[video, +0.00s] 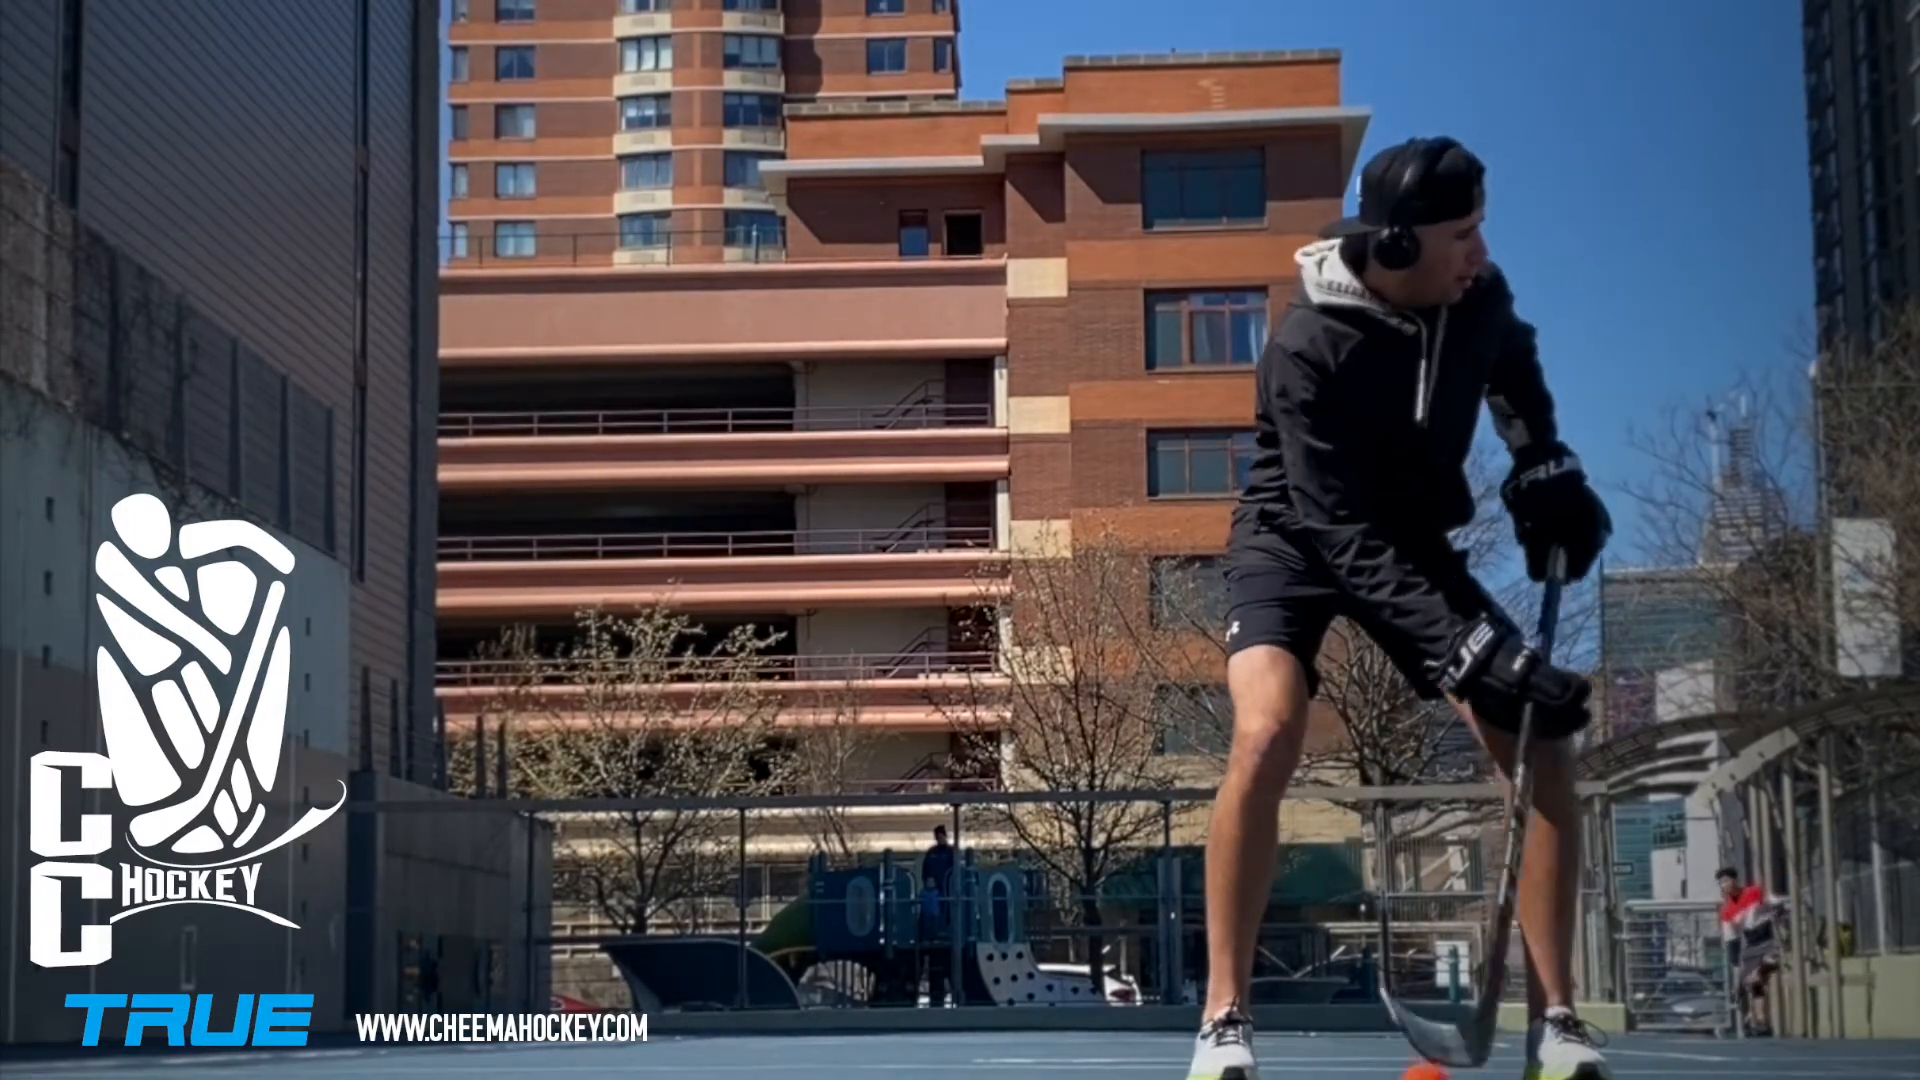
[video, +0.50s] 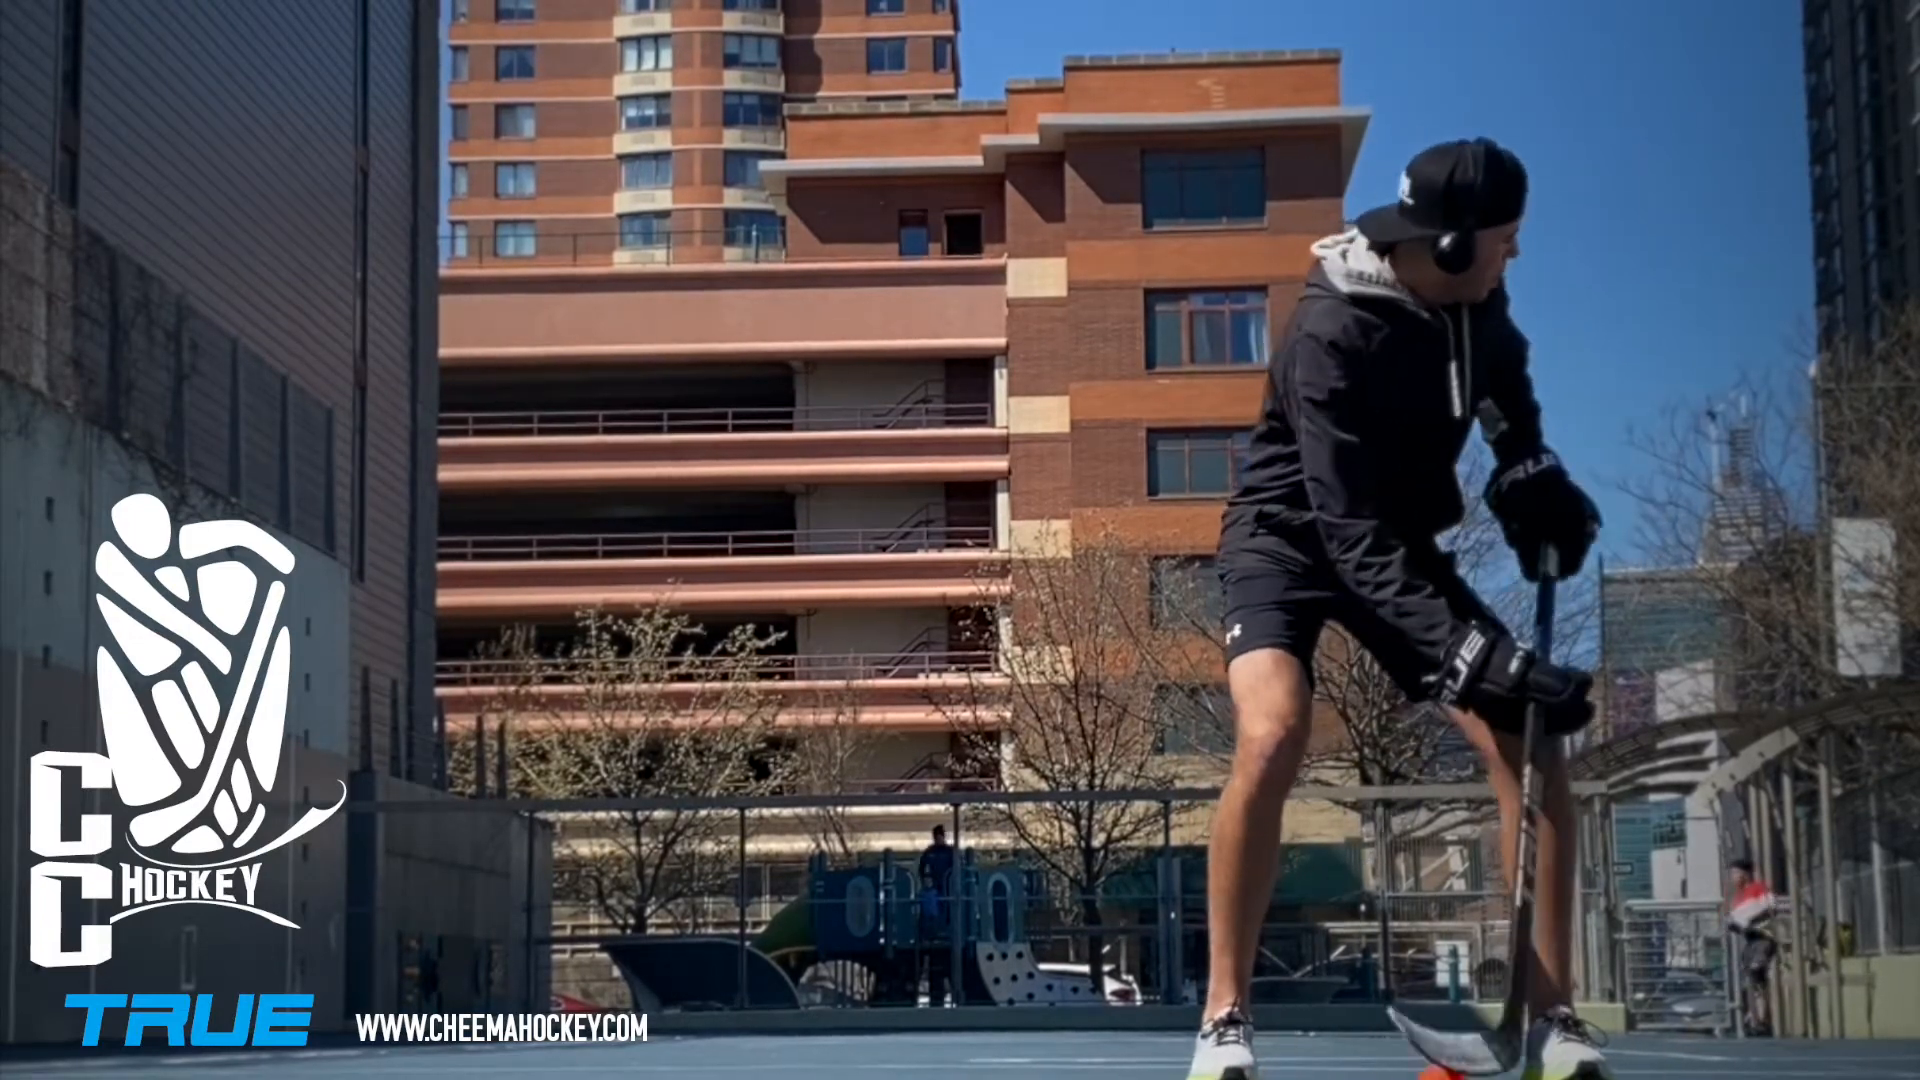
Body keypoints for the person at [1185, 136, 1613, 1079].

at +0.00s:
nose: (1480, 251)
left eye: (1481, 231)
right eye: (1461, 235)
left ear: (1466, 228)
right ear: (1397, 241)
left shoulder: (1477, 299)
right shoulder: (1310, 346)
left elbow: (1516, 381)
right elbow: (1339, 536)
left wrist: (1546, 470)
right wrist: (1479, 652)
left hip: (1416, 539)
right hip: (1294, 534)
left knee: (1538, 749)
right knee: (1265, 736)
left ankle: (1557, 1018)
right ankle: (1224, 1014)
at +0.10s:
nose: (1487, 246)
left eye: (1487, 228)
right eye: (1472, 232)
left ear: (1457, 233)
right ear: (1407, 243)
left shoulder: (1480, 302)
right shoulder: (1308, 340)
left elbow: (1526, 386)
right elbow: (1308, 527)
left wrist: (1559, 480)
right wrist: (1406, 645)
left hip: (1413, 539)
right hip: (1291, 538)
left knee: (1532, 726)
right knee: (1266, 735)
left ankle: (1557, 1015)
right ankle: (1224, 1011)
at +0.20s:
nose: (1495, 248)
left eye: (1496, 231)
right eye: (1481, 234)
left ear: (1447, 236)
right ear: (1421, 240)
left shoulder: (1476, 301)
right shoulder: (1311, 329)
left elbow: (1519, 395)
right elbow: (1301, 521)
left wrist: (1557, 483)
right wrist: (1398, 648)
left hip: (1409, 541)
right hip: (1287, 539)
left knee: (1527, 726)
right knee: (1267, 734)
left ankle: (1557, 1015)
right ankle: (1224, 1015)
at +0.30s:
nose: (1498, 251)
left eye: (1498, 235)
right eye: (1486, 238)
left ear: (1442, 238)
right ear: (1427, 241)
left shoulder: (1471, 305)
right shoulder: (1315, 328)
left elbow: (1515, 390)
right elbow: (1314, 519)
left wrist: (1550, 471)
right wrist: (1441, 636)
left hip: (1404, 541)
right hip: (1285, 535)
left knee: (1525, 724)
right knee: (1267, 733)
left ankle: (1556, 1017)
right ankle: (1224, 1015)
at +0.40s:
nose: (1501, 252)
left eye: (1501, 236)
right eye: (1490, 237)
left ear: (1439, 238)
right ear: (1436, 242)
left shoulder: (1473, 309)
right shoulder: (1321, 331)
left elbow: (1510, 400)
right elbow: (1355, 535)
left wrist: (1528, 474)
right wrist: (1499, 662)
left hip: (1399, 537)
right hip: (1283, 532)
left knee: (1517, 743)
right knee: (1267, 734)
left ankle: (1556, 1017)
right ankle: (1224, 1014)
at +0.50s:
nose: (1515, 249)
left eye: (1514, 232)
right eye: (1505, 233)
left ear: (1445, 235)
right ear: (1458, 241)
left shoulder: (1479, 306)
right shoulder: (1335, 330)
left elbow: (1507, 395)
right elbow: (1354, 537)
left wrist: (1528, 475)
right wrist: (1488, 662)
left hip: (1400, 538)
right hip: (1285, 532)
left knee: (1523, 741)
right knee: (1271, 738)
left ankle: (1548, 1011)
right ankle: (1225, 1014)